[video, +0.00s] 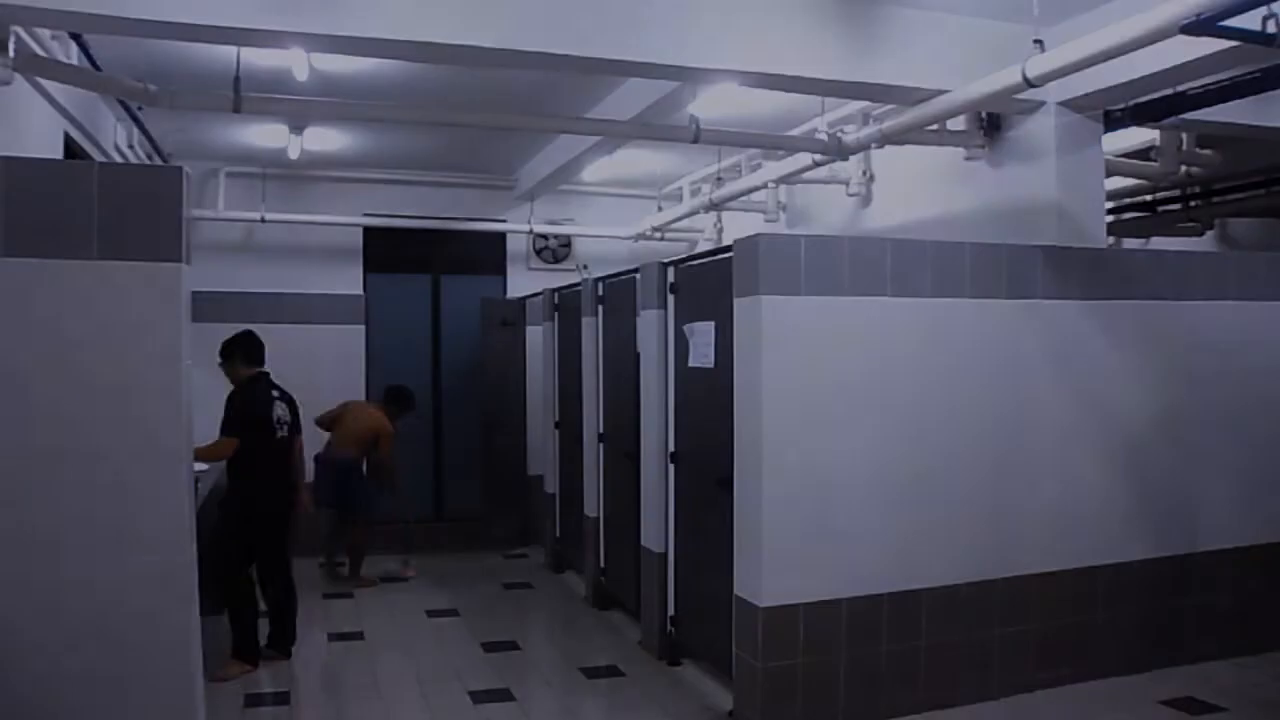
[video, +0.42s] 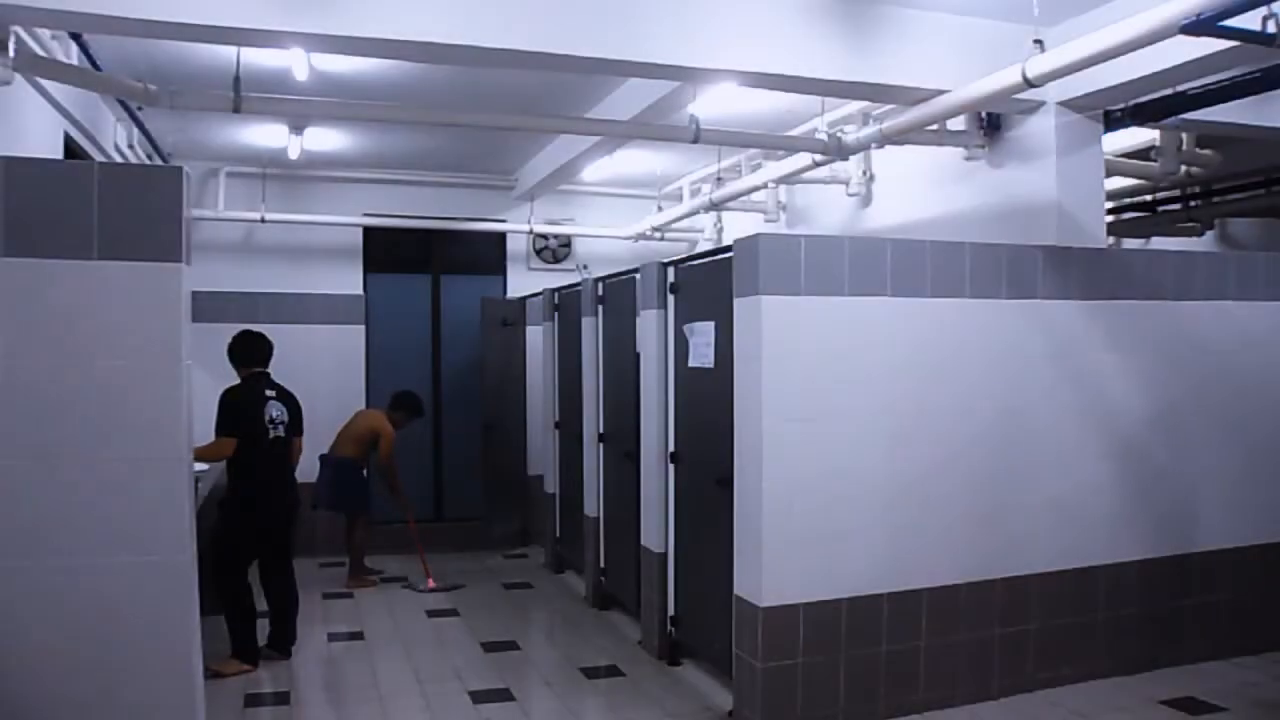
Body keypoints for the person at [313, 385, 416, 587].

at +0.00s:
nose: (402, 417)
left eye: (404, 412)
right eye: (403, 412)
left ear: (385, 399)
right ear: (398, 409)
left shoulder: (354, 407)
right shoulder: (383, 427)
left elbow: (322, 421)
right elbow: (380, 462)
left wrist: (345, 430)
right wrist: (386, 485)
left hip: (325, 466)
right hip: (349, 470)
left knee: (335, 518)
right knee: (359, 521)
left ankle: (330, 563)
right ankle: (354, 574)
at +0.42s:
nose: (405, 425)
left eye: (409, 420)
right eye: (407, 419)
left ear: (392, 406)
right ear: (401, 414)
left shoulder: (368, 415)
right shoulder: (385, 429)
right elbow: (384, 465)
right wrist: (396, 493)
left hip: (333, 466)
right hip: (348, 470)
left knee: (353, 519)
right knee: (359, 520)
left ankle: (358, 565)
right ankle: (355, 573)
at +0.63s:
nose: (406, 425)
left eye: (410, 421)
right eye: (408, 420)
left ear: (393, 408)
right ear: (402, 414)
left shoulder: (369, 416)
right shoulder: (387, 429)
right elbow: (387, 465)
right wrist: (400, 494)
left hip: (333, 465)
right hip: (349, 469)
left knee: (354, 518)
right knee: (362, 519)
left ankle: (357, 565)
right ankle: (355, 573)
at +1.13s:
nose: (405, 420)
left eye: (408, 416)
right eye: (407, 415)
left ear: (391, 403)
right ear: (401, 410)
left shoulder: (362, 409)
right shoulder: (391, 426)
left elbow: (349, 436)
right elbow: (391, 463)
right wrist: (399, 487)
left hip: (336, 463)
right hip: (356, 465)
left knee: (353, 516)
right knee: (367, 517)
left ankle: (358, 566)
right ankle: (359, 571)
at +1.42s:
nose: (409, 422)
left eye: (411, 417)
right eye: (410, 417)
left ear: (394, 404)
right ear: (405, 411)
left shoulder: (364, 410)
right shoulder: (393, 428)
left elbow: (343, 433)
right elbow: (395, 466)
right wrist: (396, 496)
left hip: (337, 463)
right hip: (357, 466)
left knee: (354, 517)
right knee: (366, 518)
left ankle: (358, 567)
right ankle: (363, 573)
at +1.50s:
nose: (410, 422)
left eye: (413, 418)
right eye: (411, 417)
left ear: (395, 404)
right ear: (406, 412)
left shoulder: (366, 410)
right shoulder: (394, 430)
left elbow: (343, 432)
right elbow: (395, 468)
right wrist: (396, 494)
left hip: (337, 464)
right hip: (357, 468)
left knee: (355, 517)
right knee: (365, 519)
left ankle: (359, 567)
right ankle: (362, 574)